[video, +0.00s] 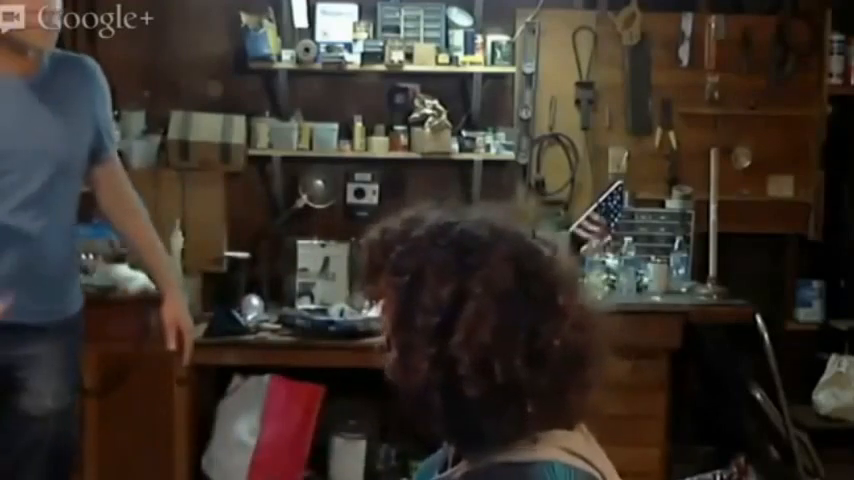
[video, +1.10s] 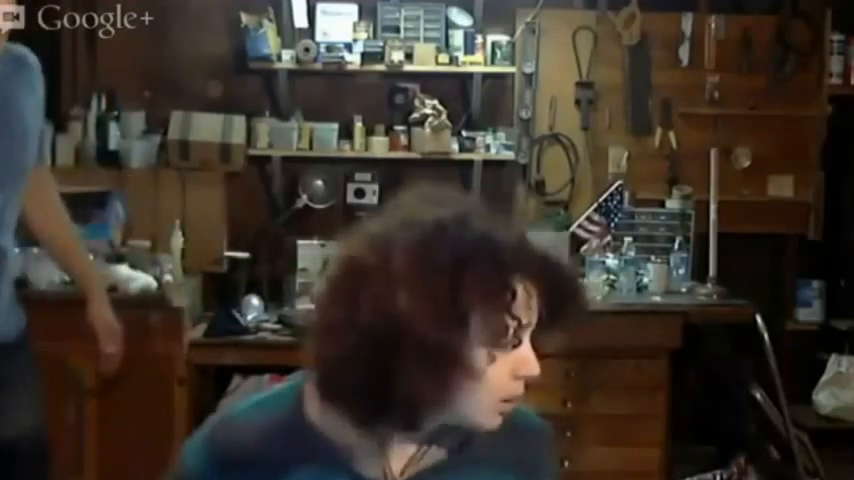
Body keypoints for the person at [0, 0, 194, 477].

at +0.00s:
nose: (48, 9)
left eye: (53, 1)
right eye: (31, 0)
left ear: (62, 9)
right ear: (0, 13)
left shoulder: (81, 77)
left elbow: (112, 184)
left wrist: (170, 285)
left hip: (47, 323)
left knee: (44, 466)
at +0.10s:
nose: (56, 10)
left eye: (61, 1)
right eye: (37, 1)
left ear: (71, 8)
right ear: (3, 13)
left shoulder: (87, 77)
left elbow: (114, 185)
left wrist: (171, 283)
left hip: (50, 326)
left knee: (47, 469)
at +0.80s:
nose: (39, 16)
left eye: (46, 3)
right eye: (21, 4)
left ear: (57, 11)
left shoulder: (63, 79)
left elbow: (83, 192)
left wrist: (141, 285)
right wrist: (3, 273)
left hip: (37, 327)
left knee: (48, 462)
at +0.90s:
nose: (13, 16)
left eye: (20, 9)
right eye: (6, 9)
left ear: (29, 14)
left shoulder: (30, 73)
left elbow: (41, 177)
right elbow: (43, 179)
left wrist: (105, 283)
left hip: (10, 330)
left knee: (29, 459)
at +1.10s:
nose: (11, 13)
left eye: (14, 7)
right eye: (6, 7)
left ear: (20, 14)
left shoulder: (20, 71)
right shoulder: (20, 73)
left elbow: (33, 181)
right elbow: (35, 183)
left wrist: (94, 286)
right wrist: (94, 288)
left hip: (7, 330)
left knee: (25, 458)